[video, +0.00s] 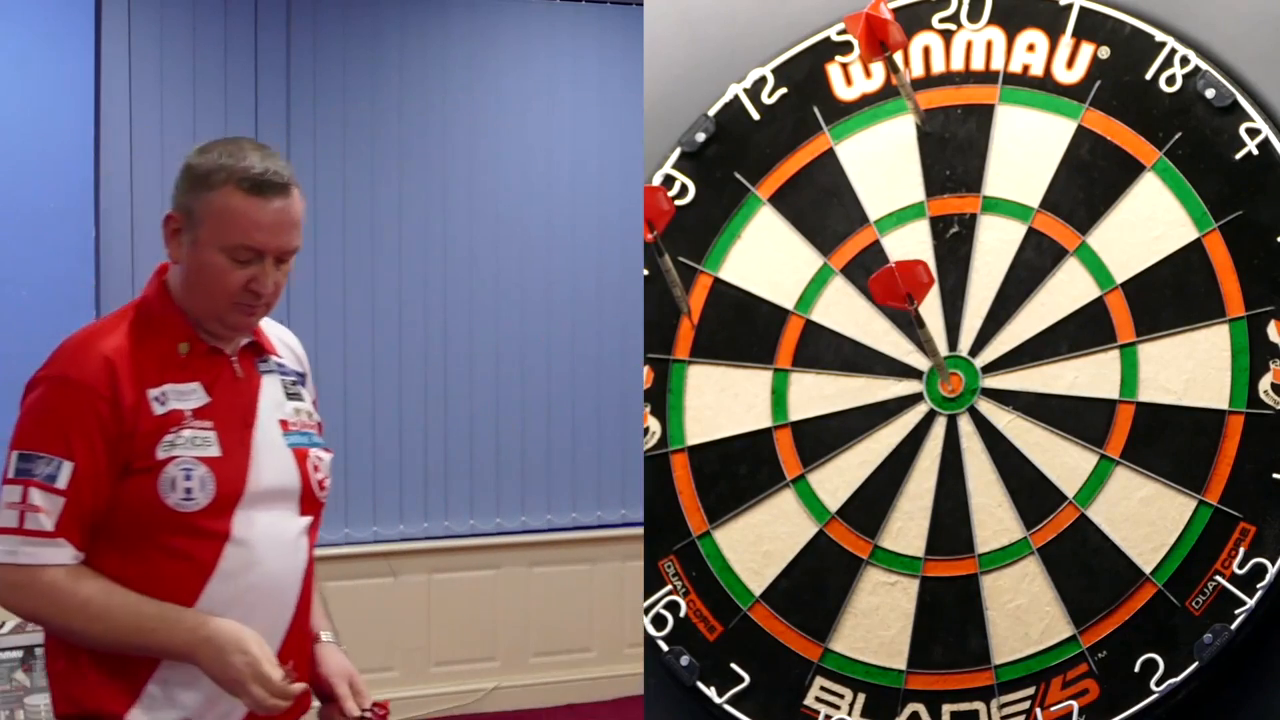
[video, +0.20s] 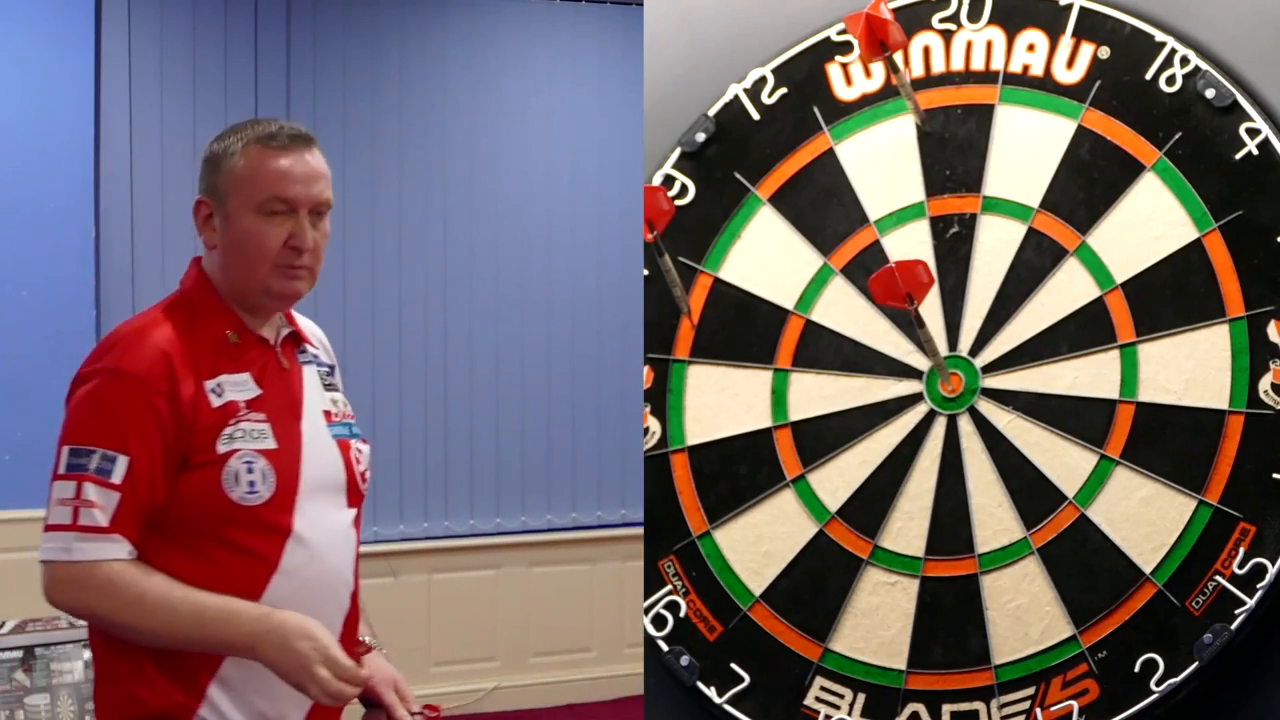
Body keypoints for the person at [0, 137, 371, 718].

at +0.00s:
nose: (266, 284)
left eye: (283, 259)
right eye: (243, 257)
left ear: (296, 250)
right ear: (176, 238)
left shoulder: (284, 355)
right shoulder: (92, 370)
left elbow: (284, 533)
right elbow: (21, 571)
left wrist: (322, 643)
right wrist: (199, 637)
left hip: (278, 702)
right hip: (139, 708)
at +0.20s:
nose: (305, 239)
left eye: (319, 214)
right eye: (276, 213)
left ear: (331, 221)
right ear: (209, 224)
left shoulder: (309, 346)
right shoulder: (140, 362)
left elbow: (316, 532)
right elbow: (75, 572)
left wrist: (362, 652)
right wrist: (263, 630)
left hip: (311, 704)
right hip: (184, 708)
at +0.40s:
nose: (321, 212)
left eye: (333, 190)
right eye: (290, 189)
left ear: (346, 204)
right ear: (225, 216)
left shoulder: (313, 340)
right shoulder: (186, 346)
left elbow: (323, 541)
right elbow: (126, 568)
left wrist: (388, 667)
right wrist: (330, 630)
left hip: (339, 702)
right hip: (228, 704)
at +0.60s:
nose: (341, 201)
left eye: (352, 181)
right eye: (308, 179)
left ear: (365, 199)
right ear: (242, 211)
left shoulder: (310, 337)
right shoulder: (227, 338)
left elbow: (316, 543)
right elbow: (187, 568)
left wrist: (400, 663)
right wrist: (399, 622)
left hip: (355, 703)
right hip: (263, 704)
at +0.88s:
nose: (375, 193)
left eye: (385, 172)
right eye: (339, 171)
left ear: (397, 193)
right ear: (271, 208)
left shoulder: (331, 336)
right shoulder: (275, 345)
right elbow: (261, 589)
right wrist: (482, 643)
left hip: (371, 701)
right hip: (308, 704)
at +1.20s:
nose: (385, 183)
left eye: (395, 164)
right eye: (349, 163)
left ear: (409, 186)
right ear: (279, 204)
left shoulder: (346, 331)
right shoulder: (276, 354)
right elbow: (256, 608)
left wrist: (433, 690)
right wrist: (424, 709)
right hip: (311, 707)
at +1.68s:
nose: (376, 201)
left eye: (382, 175)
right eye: (350, 177)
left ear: (401, 185)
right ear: (281, 199)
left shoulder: (363, 340)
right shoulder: (260, 364)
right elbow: (218, 618)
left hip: (404, 698)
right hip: (320, 705)